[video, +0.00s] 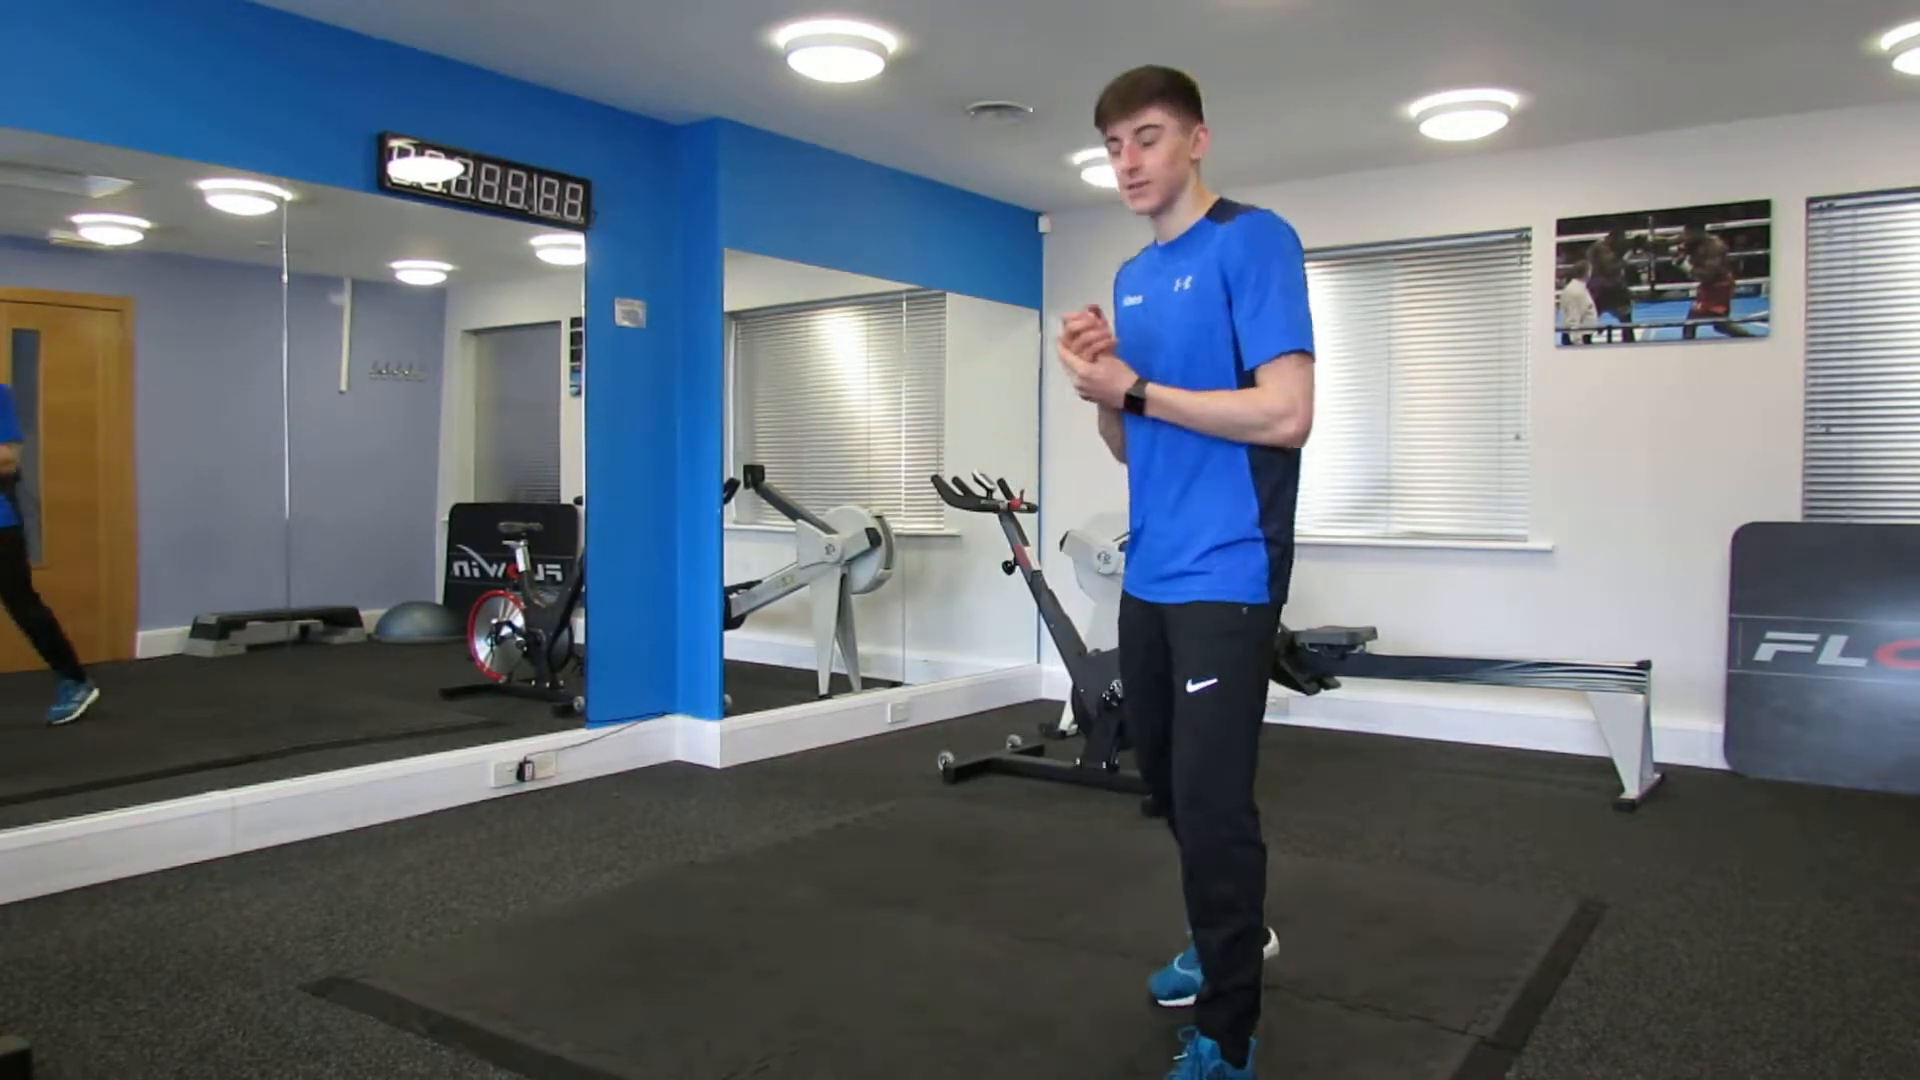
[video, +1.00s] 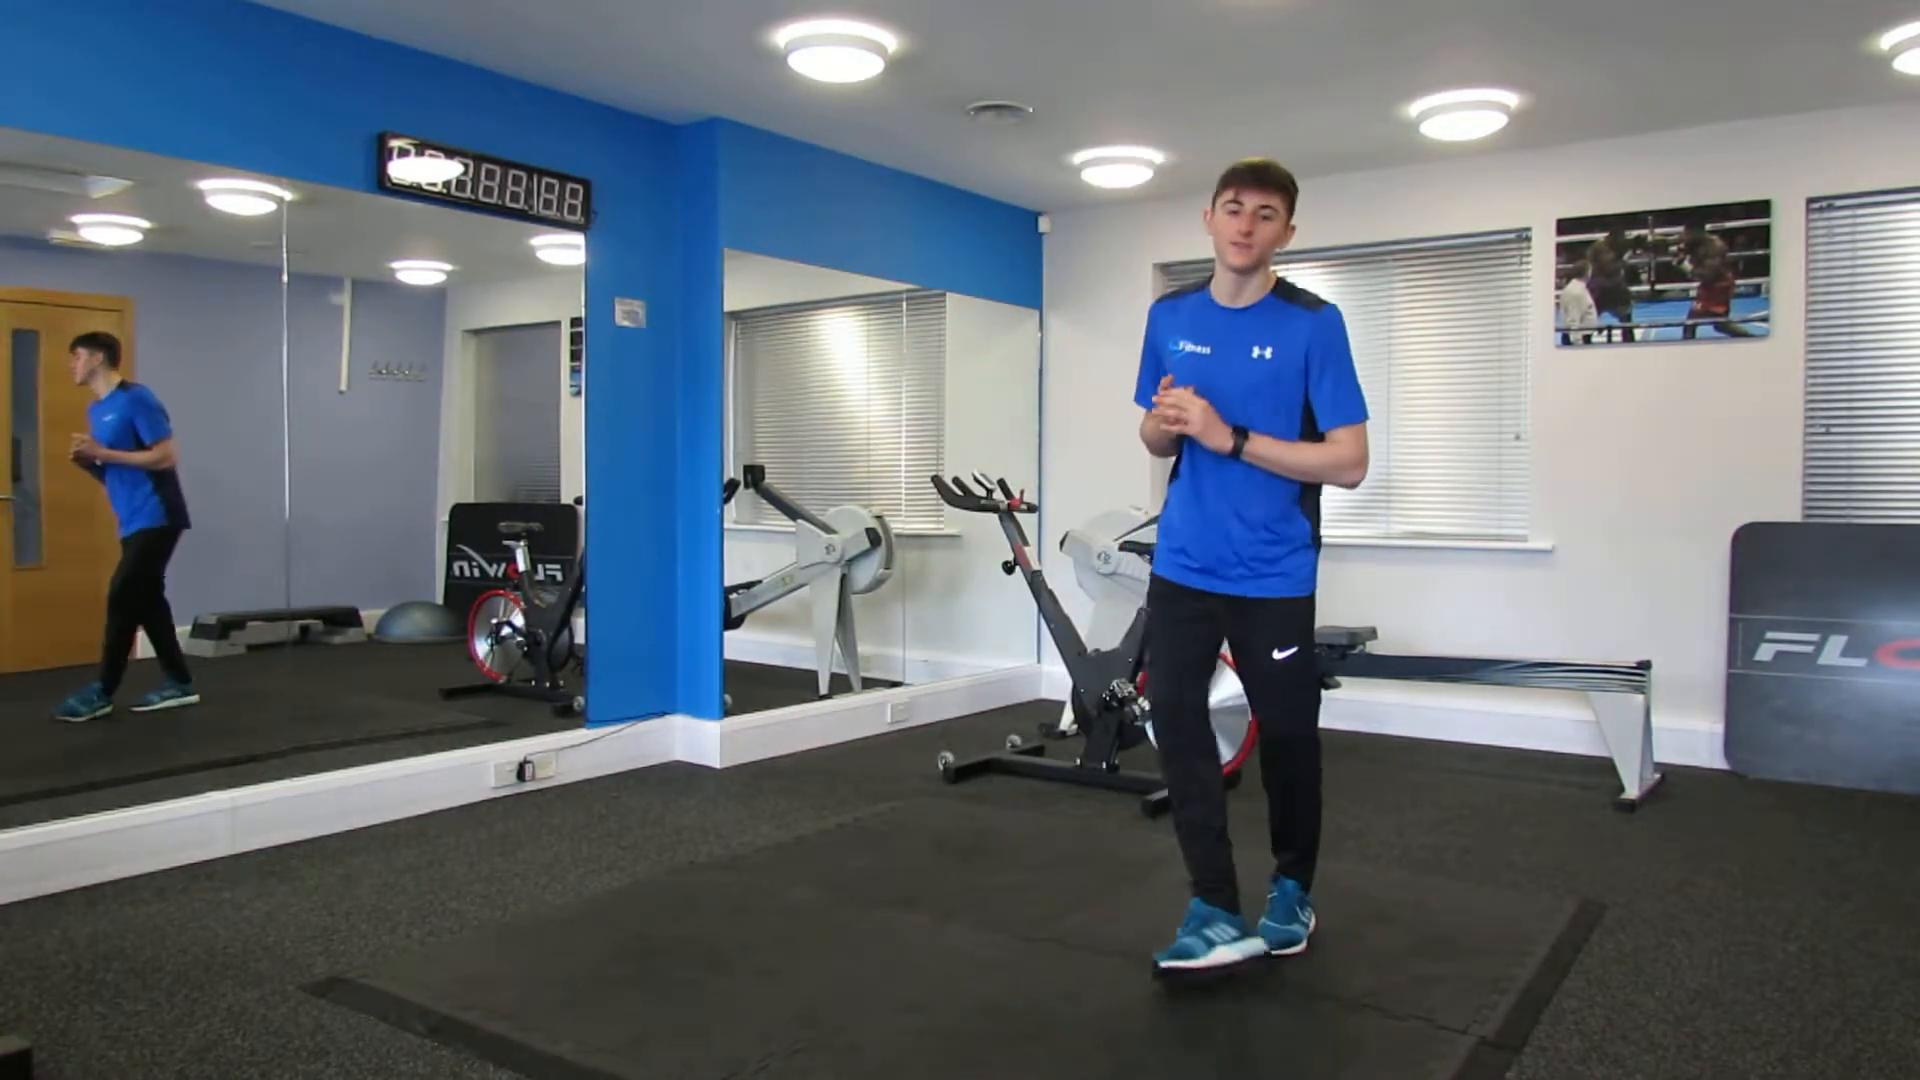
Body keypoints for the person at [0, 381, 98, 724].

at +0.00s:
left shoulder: (3, 398)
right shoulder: (5, 399)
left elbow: (9, 458)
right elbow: (11, 458)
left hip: (5, 522)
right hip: (4, 523)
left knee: (21, 602)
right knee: (21, 602)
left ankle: (76, 680)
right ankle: (74, 679)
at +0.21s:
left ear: (2, 355)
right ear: (7, 353)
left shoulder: (35, 403)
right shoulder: (8, 403)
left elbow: (46, 469)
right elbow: (37, 466)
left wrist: (2, 459)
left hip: (37, 526)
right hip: (6, 527)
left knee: (59, 607)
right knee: (56, 608)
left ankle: (88, 691)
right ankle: (86, 690)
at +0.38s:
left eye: (5, 347)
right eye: (1, 348)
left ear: (27, 351)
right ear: (20, 353)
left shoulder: (66, 402)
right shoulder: (10, 398)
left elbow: (82, 468)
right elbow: (16, 452)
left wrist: (21, 452)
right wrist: (7, 448)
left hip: (65, 526)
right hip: (21, 524)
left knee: (75, 607)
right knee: (4, 609)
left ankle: (91, 692)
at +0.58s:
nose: (30, 354)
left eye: (37, 346)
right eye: (30, 347)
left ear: (61, 350)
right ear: (48, 353)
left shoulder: (94, 401)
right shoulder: (49, 395)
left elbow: (106, 468)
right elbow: (55, 447)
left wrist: (48, 449)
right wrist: (31, 444)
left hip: (87, 523)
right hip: (52, 519)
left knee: (86, 602)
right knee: (41, 600)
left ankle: (92, 689)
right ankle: (98, 671)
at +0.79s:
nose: (60, 355)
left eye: (65, 347)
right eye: (61, 347)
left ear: (88, 351)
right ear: (83, 352)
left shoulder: (119, 399)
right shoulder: (78, 397)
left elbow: (130, 463)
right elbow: (86, 456)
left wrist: (74, 444)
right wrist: (60, 445)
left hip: (116, 522)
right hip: (90, 521)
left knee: (105, 606)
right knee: (118, 601)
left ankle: (92, 693)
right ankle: (171, 674)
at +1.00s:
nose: (73, 366)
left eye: (78, 357)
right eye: (73, 358)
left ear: (100, 358)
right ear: (95, 361)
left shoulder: (138, 398)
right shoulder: (96, 411)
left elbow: (167, 455)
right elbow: (114, 475)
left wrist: (104, 453)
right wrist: (86, 460)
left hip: (159, 519)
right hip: (132, 524)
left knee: (122, 596)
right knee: (150, 602)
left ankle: (104, 691)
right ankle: (181, 682)